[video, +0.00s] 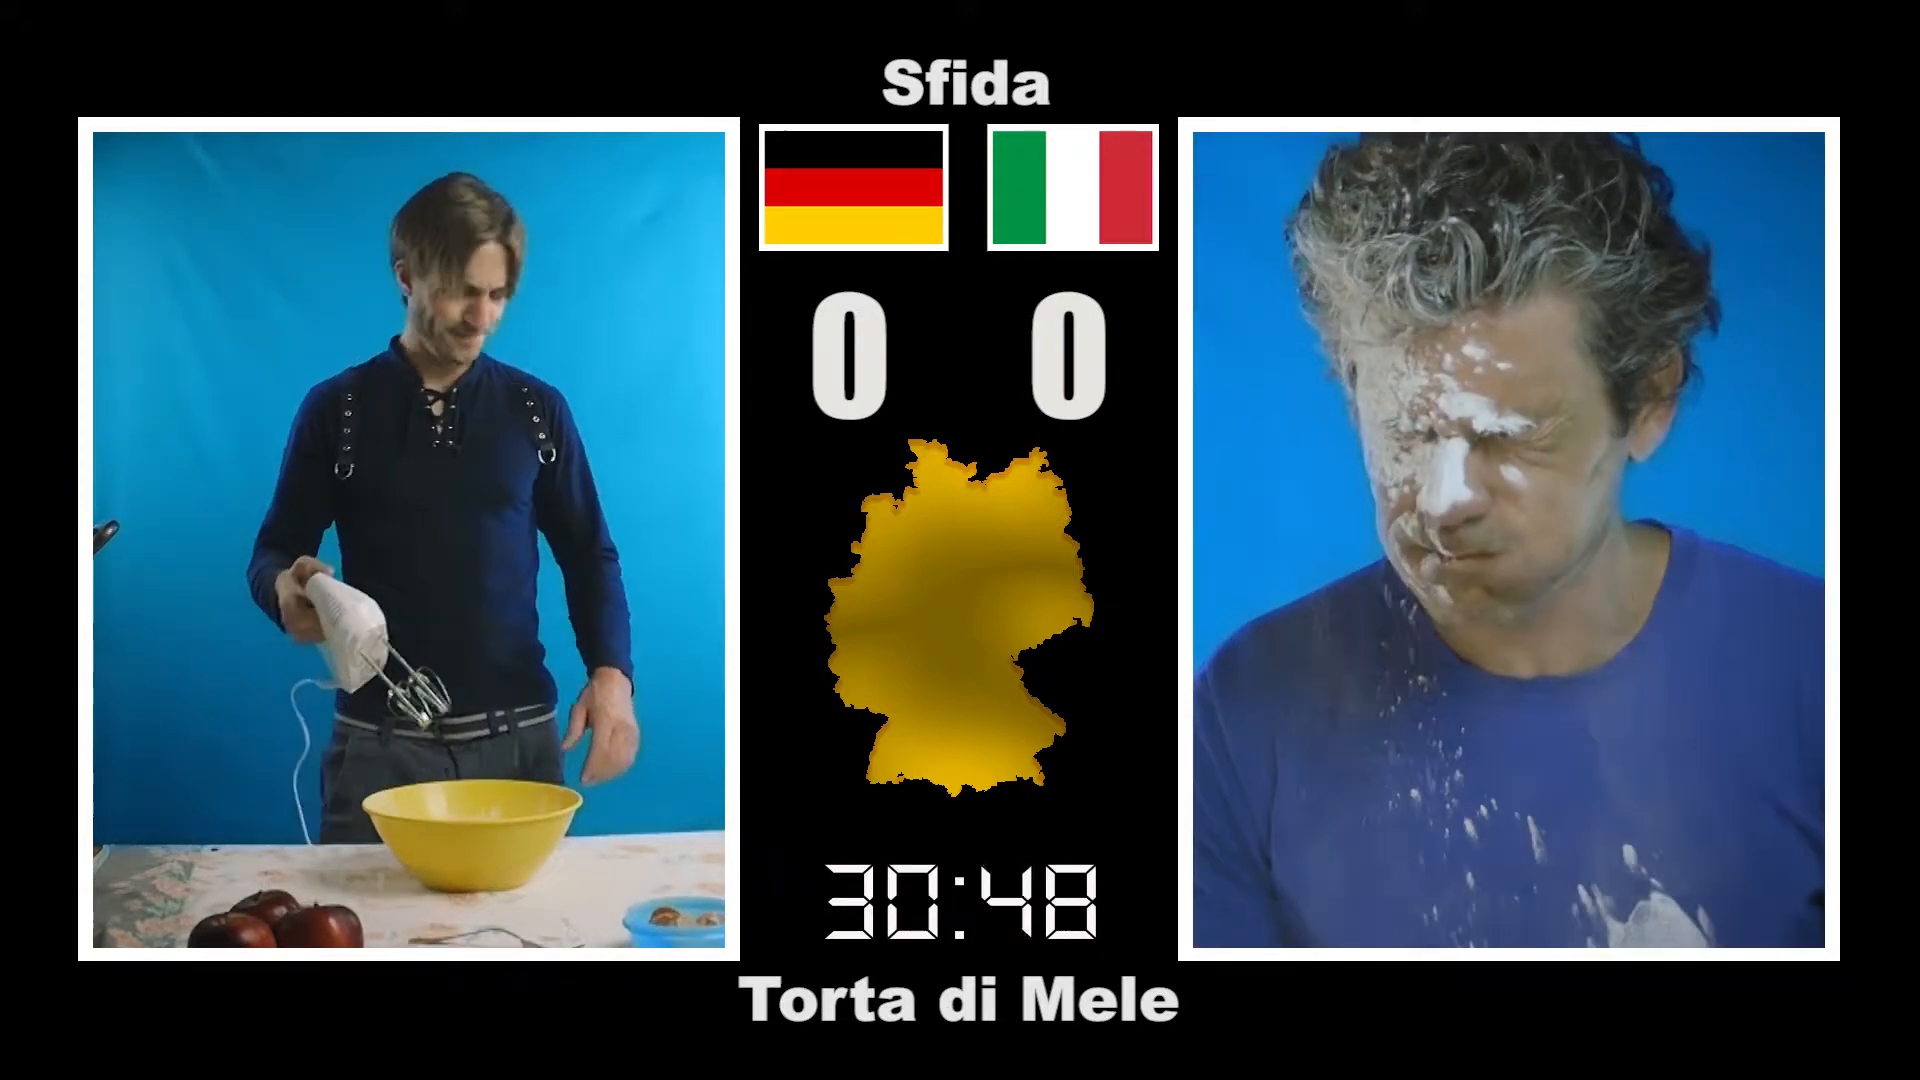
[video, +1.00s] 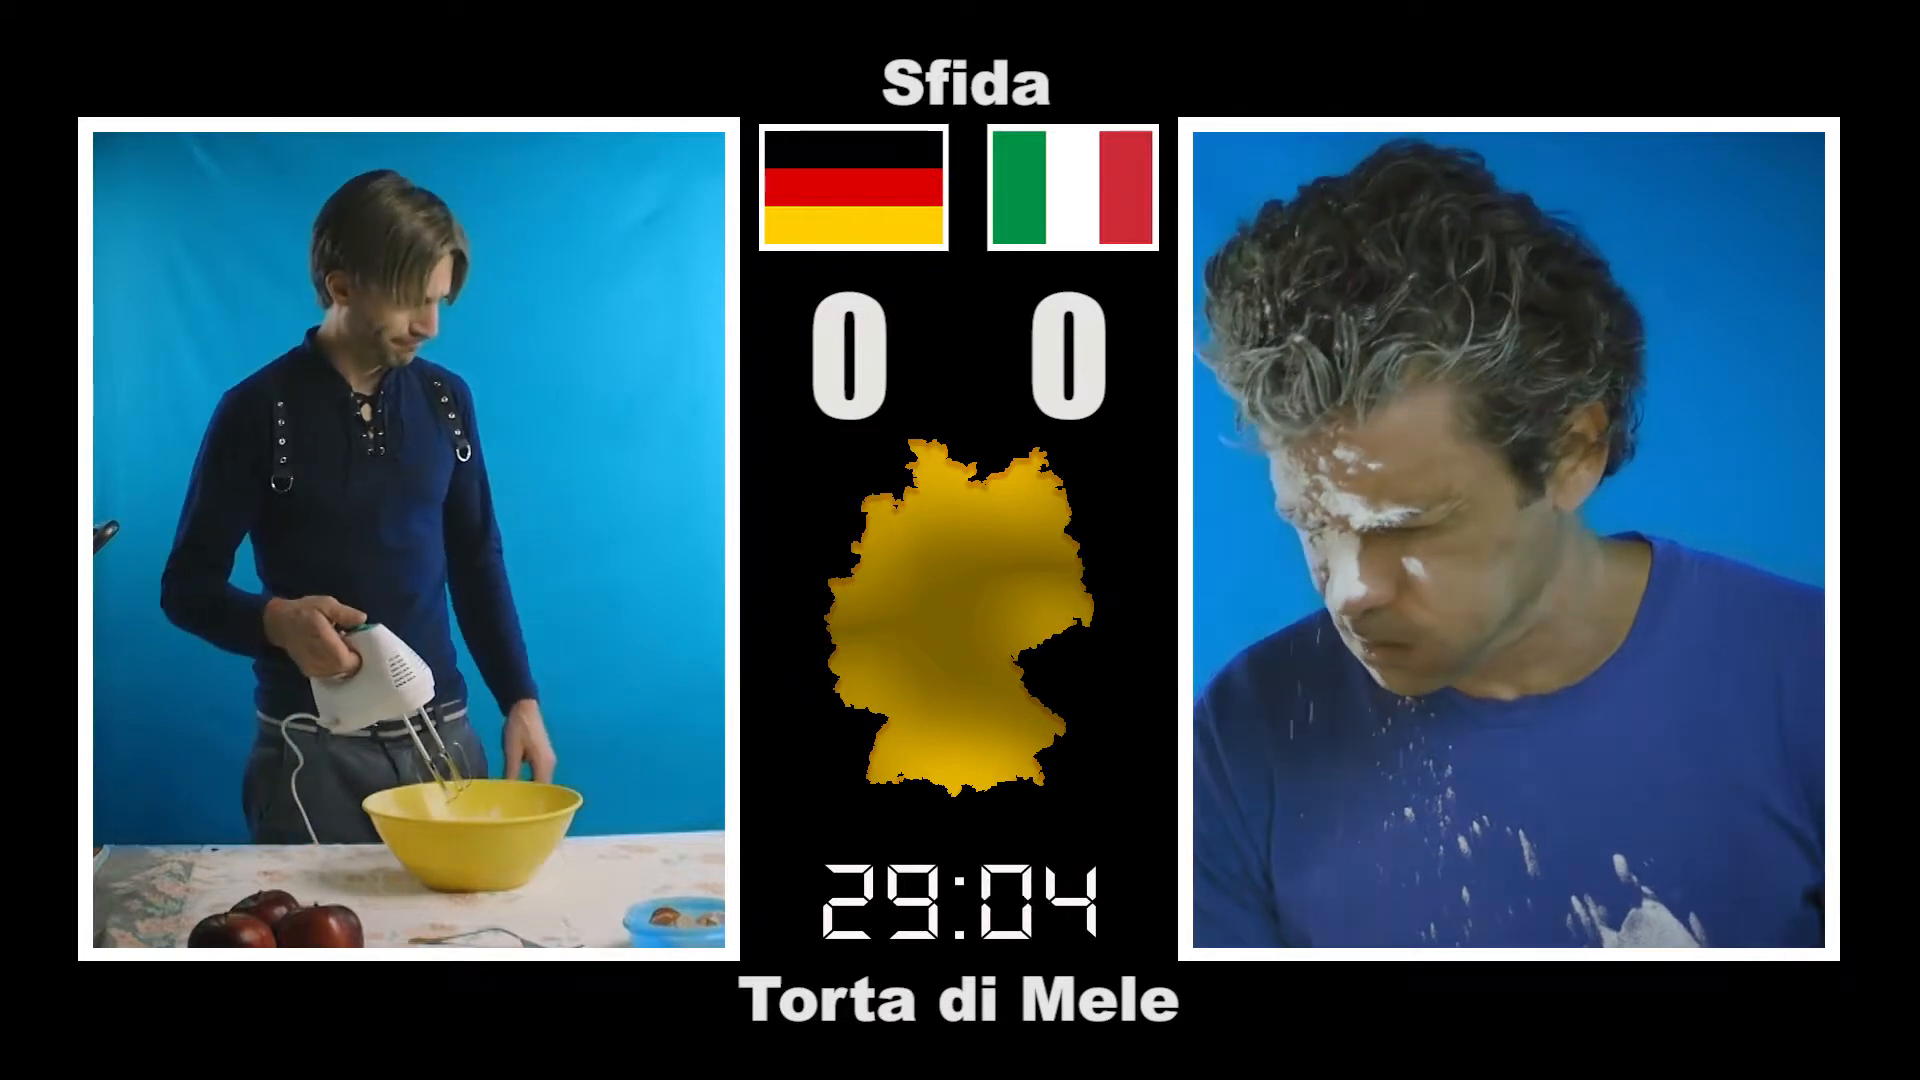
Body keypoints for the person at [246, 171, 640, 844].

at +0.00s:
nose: (481, 316)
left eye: (497, 296)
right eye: (462, 292)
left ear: (510, 291)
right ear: (407, 272)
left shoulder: (537, 412)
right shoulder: (337, 412)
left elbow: (588, 553)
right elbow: (276, 551)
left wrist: (611, 672)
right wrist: (286, 593)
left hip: (517, 749)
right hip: (381, 751)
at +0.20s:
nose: (561, 317)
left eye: (568, 295)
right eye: (541, 295)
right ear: (471, 285)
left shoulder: (575, 420)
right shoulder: (376, 401)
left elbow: (603, 572)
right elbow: (304, 540)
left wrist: (600, 702)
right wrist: (318, 581)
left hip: (524, 745)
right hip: (388, 738)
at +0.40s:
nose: (561, 328)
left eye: (576, 306)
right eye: (542, 301)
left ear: (587, 301)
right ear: (482, 281)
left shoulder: (580, 425)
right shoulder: (381, 395)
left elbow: (603, 577)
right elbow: (296, 537)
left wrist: (599, 711)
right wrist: (325, 581)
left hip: (518, 743)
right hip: (382, 736)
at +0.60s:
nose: (532, 325)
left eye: (546, 304)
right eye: (514, 299)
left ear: (557, 298)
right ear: (450, 277)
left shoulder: (545, 419)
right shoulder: (350, 398)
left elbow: (570, 572)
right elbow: (263, 546)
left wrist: (602, 694)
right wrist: (315, 595)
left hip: (500, 738)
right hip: (368, 740)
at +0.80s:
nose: (487, 323)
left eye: (496, 300)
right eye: (469, 299)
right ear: (398, 286)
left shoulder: (495, 409)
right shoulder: (303, 404)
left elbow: (529, 564)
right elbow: (222, 567)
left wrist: (577, 682)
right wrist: (294, 608)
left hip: (468, 738)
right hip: (338, 743)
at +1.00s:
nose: (429, 325)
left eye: (439, 301)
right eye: (411, 301)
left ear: (448, 292)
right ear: (340, 284)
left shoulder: (444, 402)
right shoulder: (257, 413)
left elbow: (476, 560)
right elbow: (185, 589)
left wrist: (520, 700)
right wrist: (273, 621)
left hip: (443, 743)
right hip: (313, 754)